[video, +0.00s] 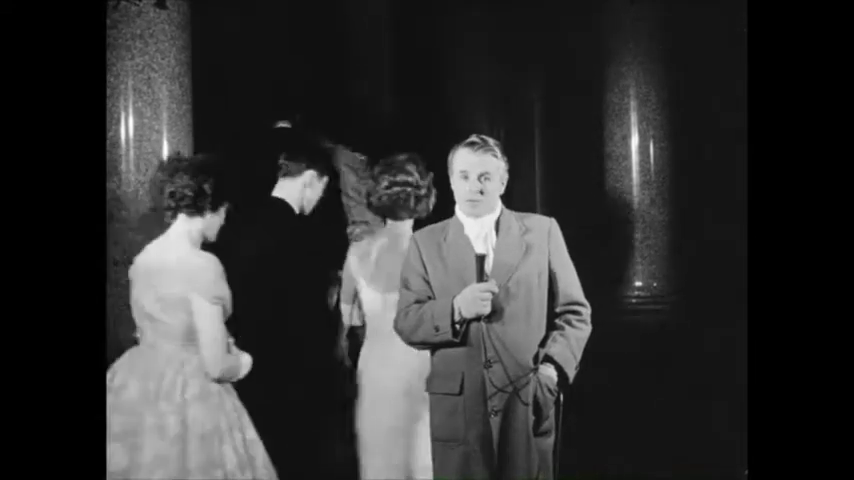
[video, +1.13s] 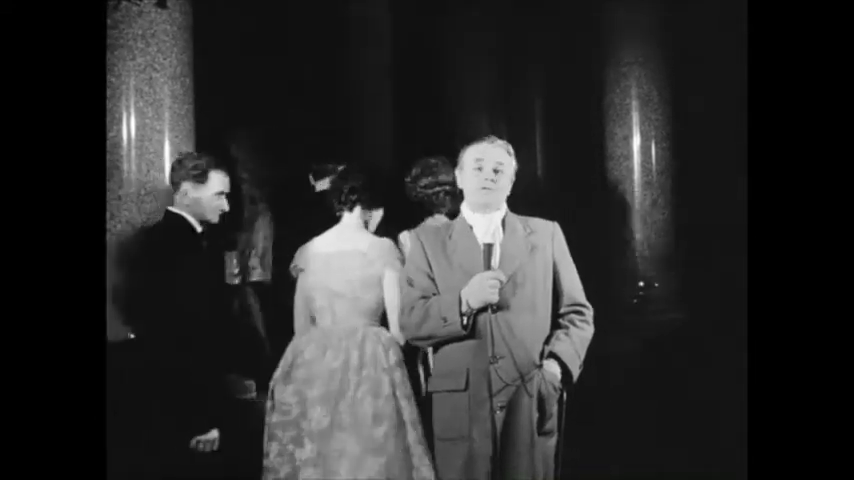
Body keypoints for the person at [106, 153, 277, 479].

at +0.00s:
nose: (224, 220)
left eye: (225, 211)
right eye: (223, 211)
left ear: (178, 204)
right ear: (208, 208)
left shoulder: (143, 260)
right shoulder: (204, 266)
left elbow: (146, 333)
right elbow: (217, 365)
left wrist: (217, 344)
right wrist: (244, 362)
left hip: (143, 373)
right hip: (191, 385)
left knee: (144, 468)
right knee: (197, 470)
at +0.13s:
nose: (251, 224)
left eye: (252, 215)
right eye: (251, 215)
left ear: (205, 209)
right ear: (238, 214)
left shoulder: (167, 263)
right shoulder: (234, 269)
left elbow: (165, 339)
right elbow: (248, 367)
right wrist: (271, 363)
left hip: (166, 376)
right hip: (218, 387)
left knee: (165, 470)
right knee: (221, 471)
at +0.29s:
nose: (292, 222)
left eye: (293, 214)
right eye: (292, 213)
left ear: (245, 205)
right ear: (281, 212)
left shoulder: (208, 258)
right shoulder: (277, 268)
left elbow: (202, 338)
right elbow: (289, 362)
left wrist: (269, 350)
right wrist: (306, 360)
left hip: (201, 376)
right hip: (255, 386)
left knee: (198, 470)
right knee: (258, 471)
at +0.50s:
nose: (325, 218)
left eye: (326, 209)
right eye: (324, 209)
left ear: (279, 201)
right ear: (313, 207)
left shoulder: (240, 249)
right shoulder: (317, 259)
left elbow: (230, 327)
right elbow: (331, 353)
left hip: (236, 371)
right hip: (291, 377)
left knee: (232, 468)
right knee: (294, 468)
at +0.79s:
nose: (352, 220)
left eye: (353, 211)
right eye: (352, 211)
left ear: (311, 204)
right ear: (346, 209)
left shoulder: (273, 252)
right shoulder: (353, 259)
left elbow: (262, 326)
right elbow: (363, 349)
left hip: (271, 370)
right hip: (327, 374)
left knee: (267, 467)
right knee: (330, 467)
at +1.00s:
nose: (371, 215)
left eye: (370, 206)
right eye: (369, 207)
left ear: (329, 203)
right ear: (363, 209)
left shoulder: (296, 254)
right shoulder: (370, 255)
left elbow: (288, 331)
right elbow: (384, 340)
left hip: (299, 370)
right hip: (352, 373)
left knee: (297, 467)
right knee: (355, 466)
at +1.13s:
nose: (381, 218)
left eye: (382, 210)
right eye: (381, 210)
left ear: (340, 204)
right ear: (371, 209)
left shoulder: (309, 251)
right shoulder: (383, 250)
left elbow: (301, 326)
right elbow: (398, 329)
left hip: (317, 359)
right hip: (369, 363)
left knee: (315, 458)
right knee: (371, 458)